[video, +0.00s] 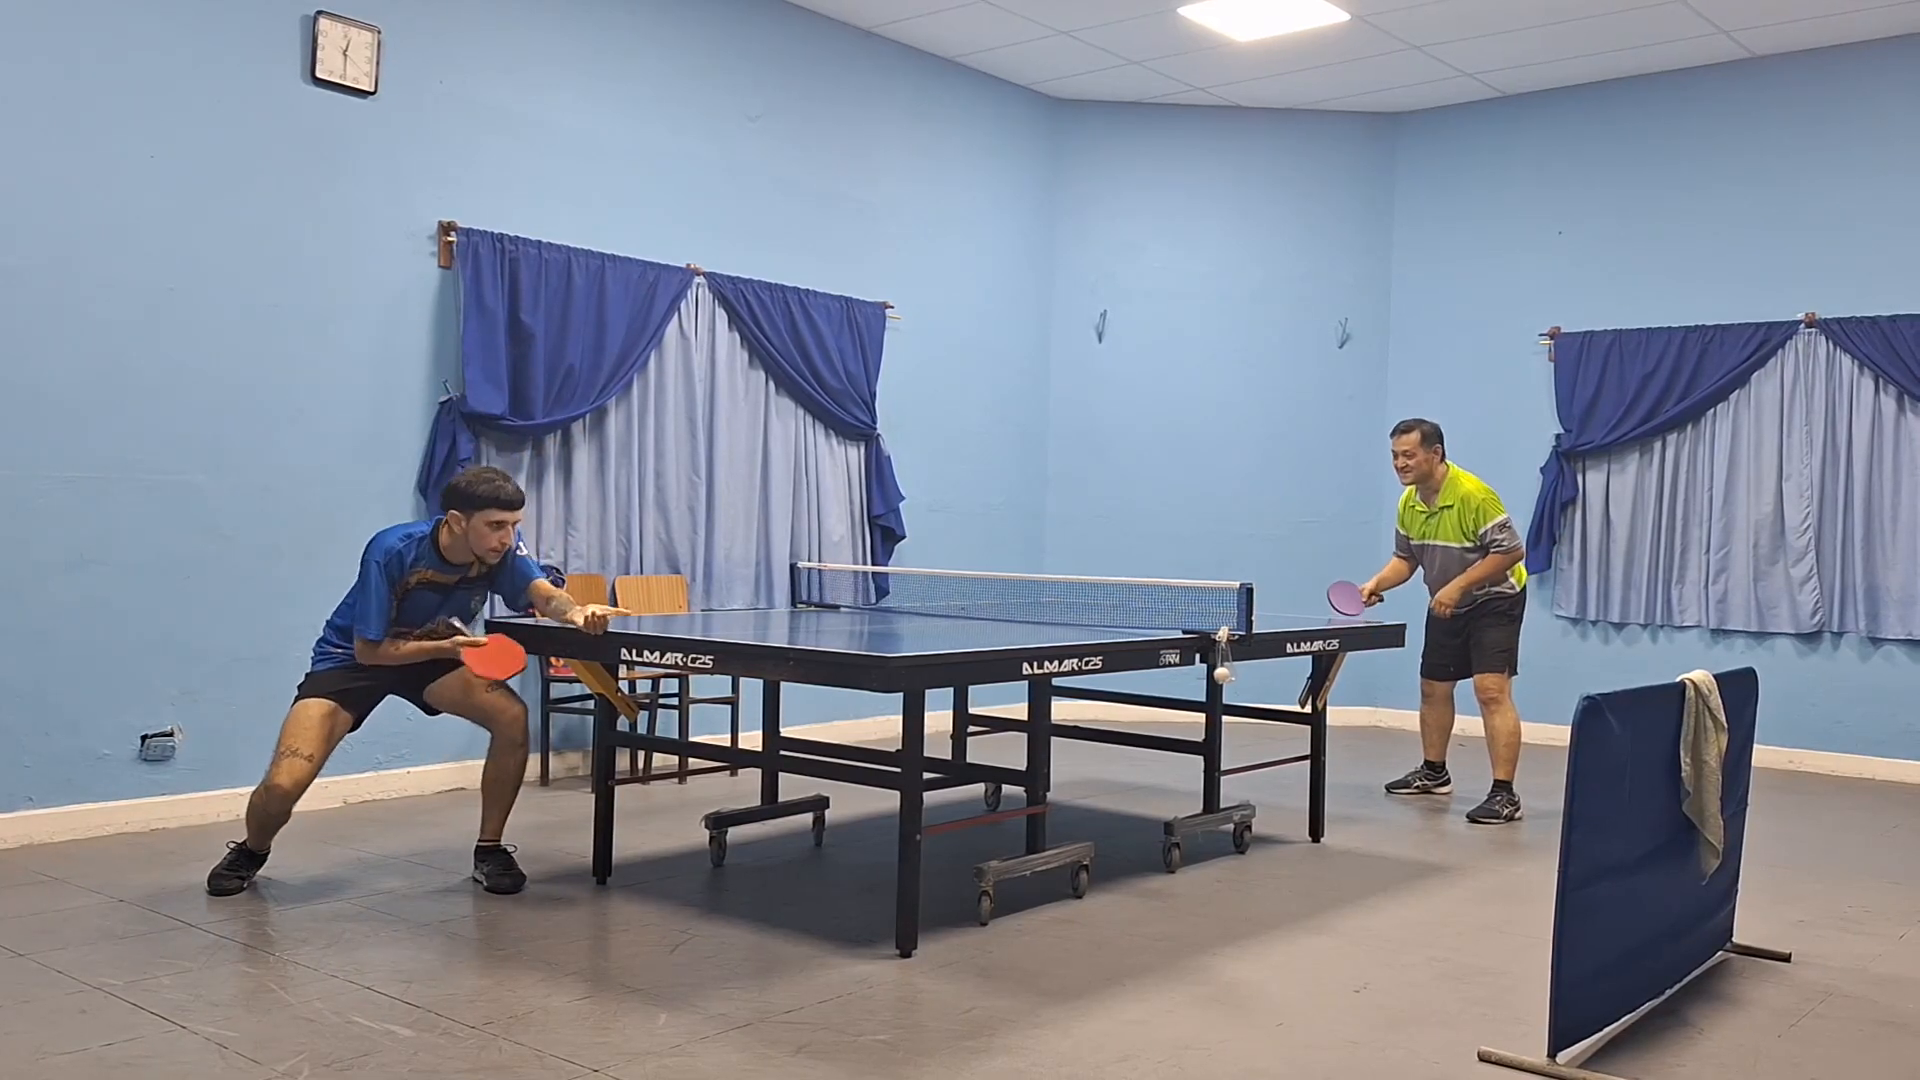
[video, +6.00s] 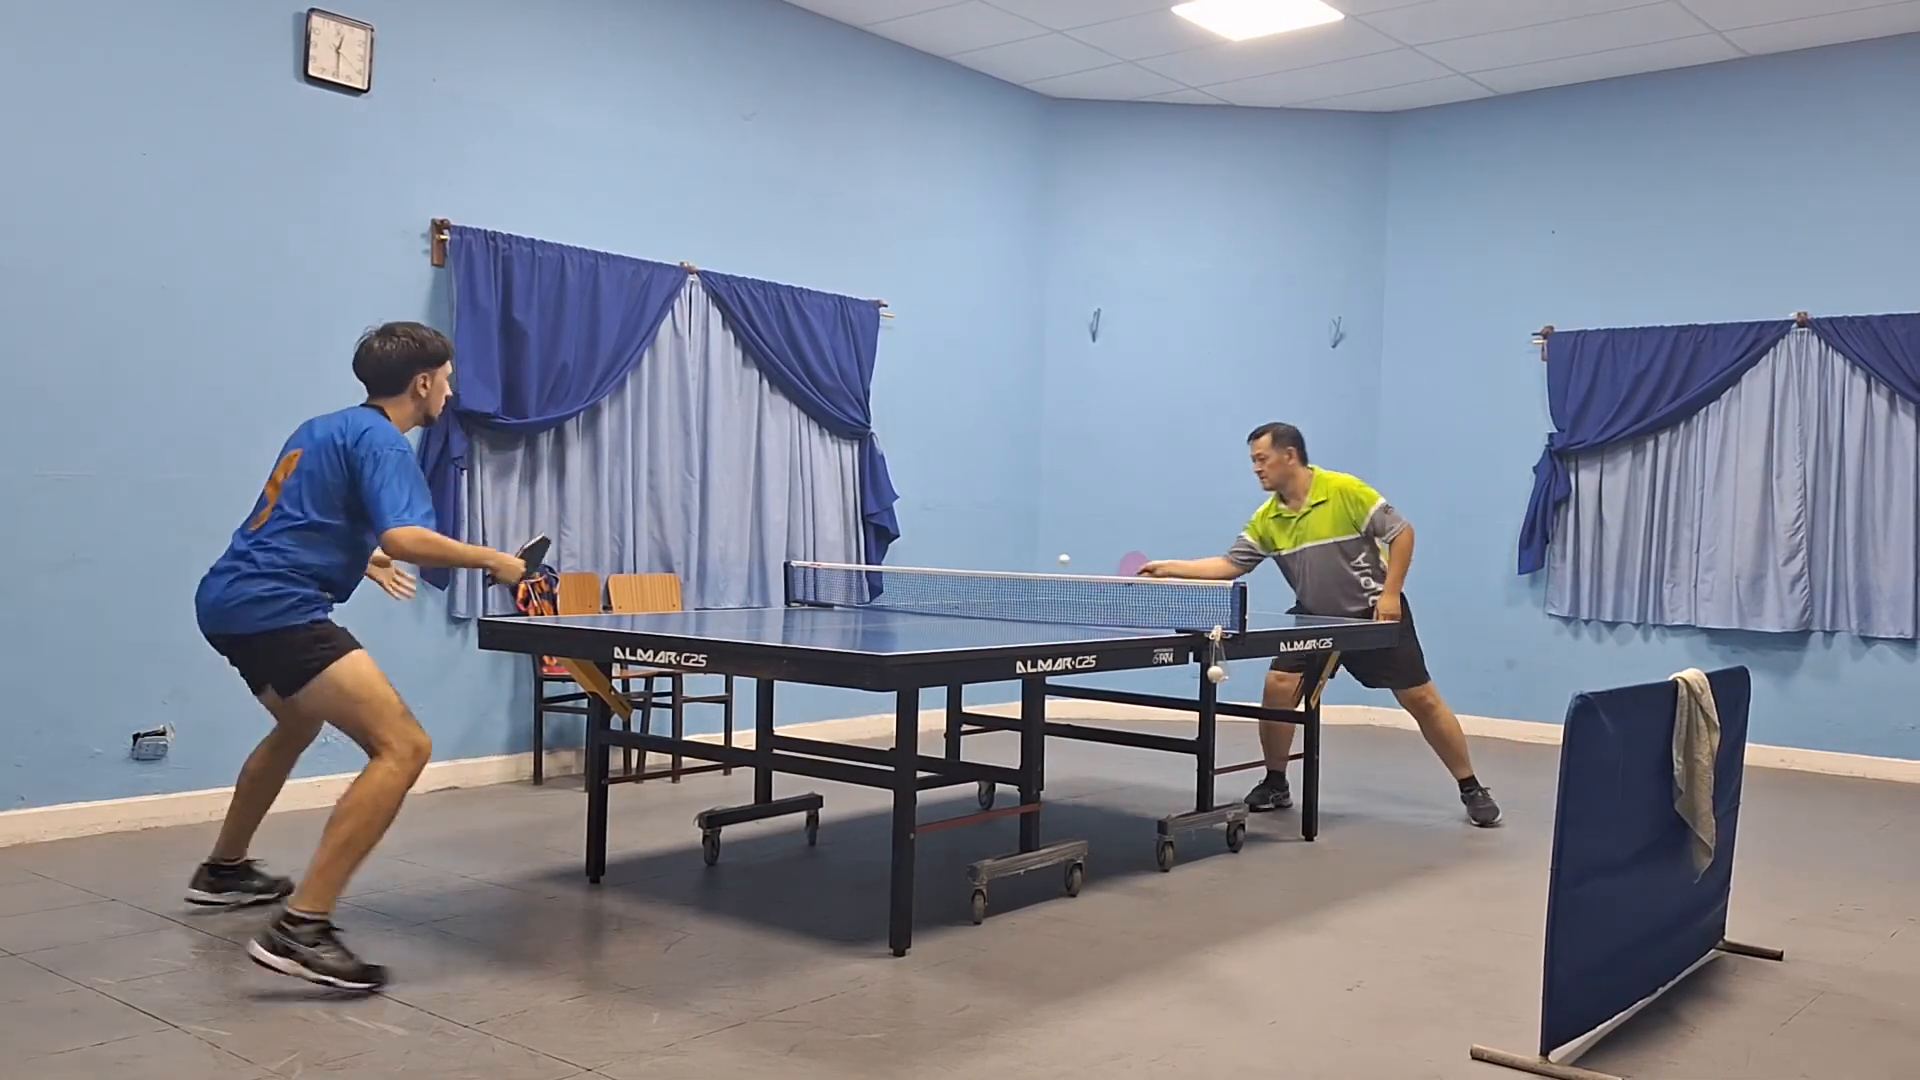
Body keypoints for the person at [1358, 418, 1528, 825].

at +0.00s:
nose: (1400, 463)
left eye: (1408, 455)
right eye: (1395, 456)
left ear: (1435, 455)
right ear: (1394, 458)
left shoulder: (1472, 495)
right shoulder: (1408, 503)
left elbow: (1510, 549)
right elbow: (1406, 558)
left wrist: (1459, 586)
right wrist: (1378, 582)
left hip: (1494, 600)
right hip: (1445, 604)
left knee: (1491, 690)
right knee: (1433, 686)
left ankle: (1503, 793)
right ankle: (1434, 771)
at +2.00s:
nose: (1395, 460)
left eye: (1407, 452)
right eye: (1390, 451)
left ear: (1431, 455)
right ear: (1383, 452)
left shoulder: (1461, 496)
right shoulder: (1367, 502)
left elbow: (1486, 546)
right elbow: (1312, 531)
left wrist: (1494, 600)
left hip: (1450, 615)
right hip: (1385, 614)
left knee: (1482, 701)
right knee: (1376, 694)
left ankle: (1484, 780)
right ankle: (1355, 793)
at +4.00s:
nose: (1406, 469)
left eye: (1414, 460)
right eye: (1401, 461)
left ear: (1442, 460)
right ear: (1399, 464)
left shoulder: (1481, 498)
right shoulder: (1414, 507)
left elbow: (1508, 562)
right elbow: (1410, 562)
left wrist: (1447, 589)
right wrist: (1380, 584)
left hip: (1503, 604)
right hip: (1451, 608)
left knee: (1497, 689)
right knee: (1426, 686)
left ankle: (1508, 794)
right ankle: (1436, 772)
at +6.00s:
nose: (1255, 468)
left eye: (1261, 459)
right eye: (1253, 461)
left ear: (1290, 456)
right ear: (1275, 462)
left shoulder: (1344, 491)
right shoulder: (1267, 520)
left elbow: (1401, 532)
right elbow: (1229, 565)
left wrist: (1392, 592)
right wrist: (1169, 568)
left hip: (1374, 616)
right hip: (1314, 623)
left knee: (1422, 701)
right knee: (1277, 689)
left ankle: (1470, 787)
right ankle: (1276, 783)